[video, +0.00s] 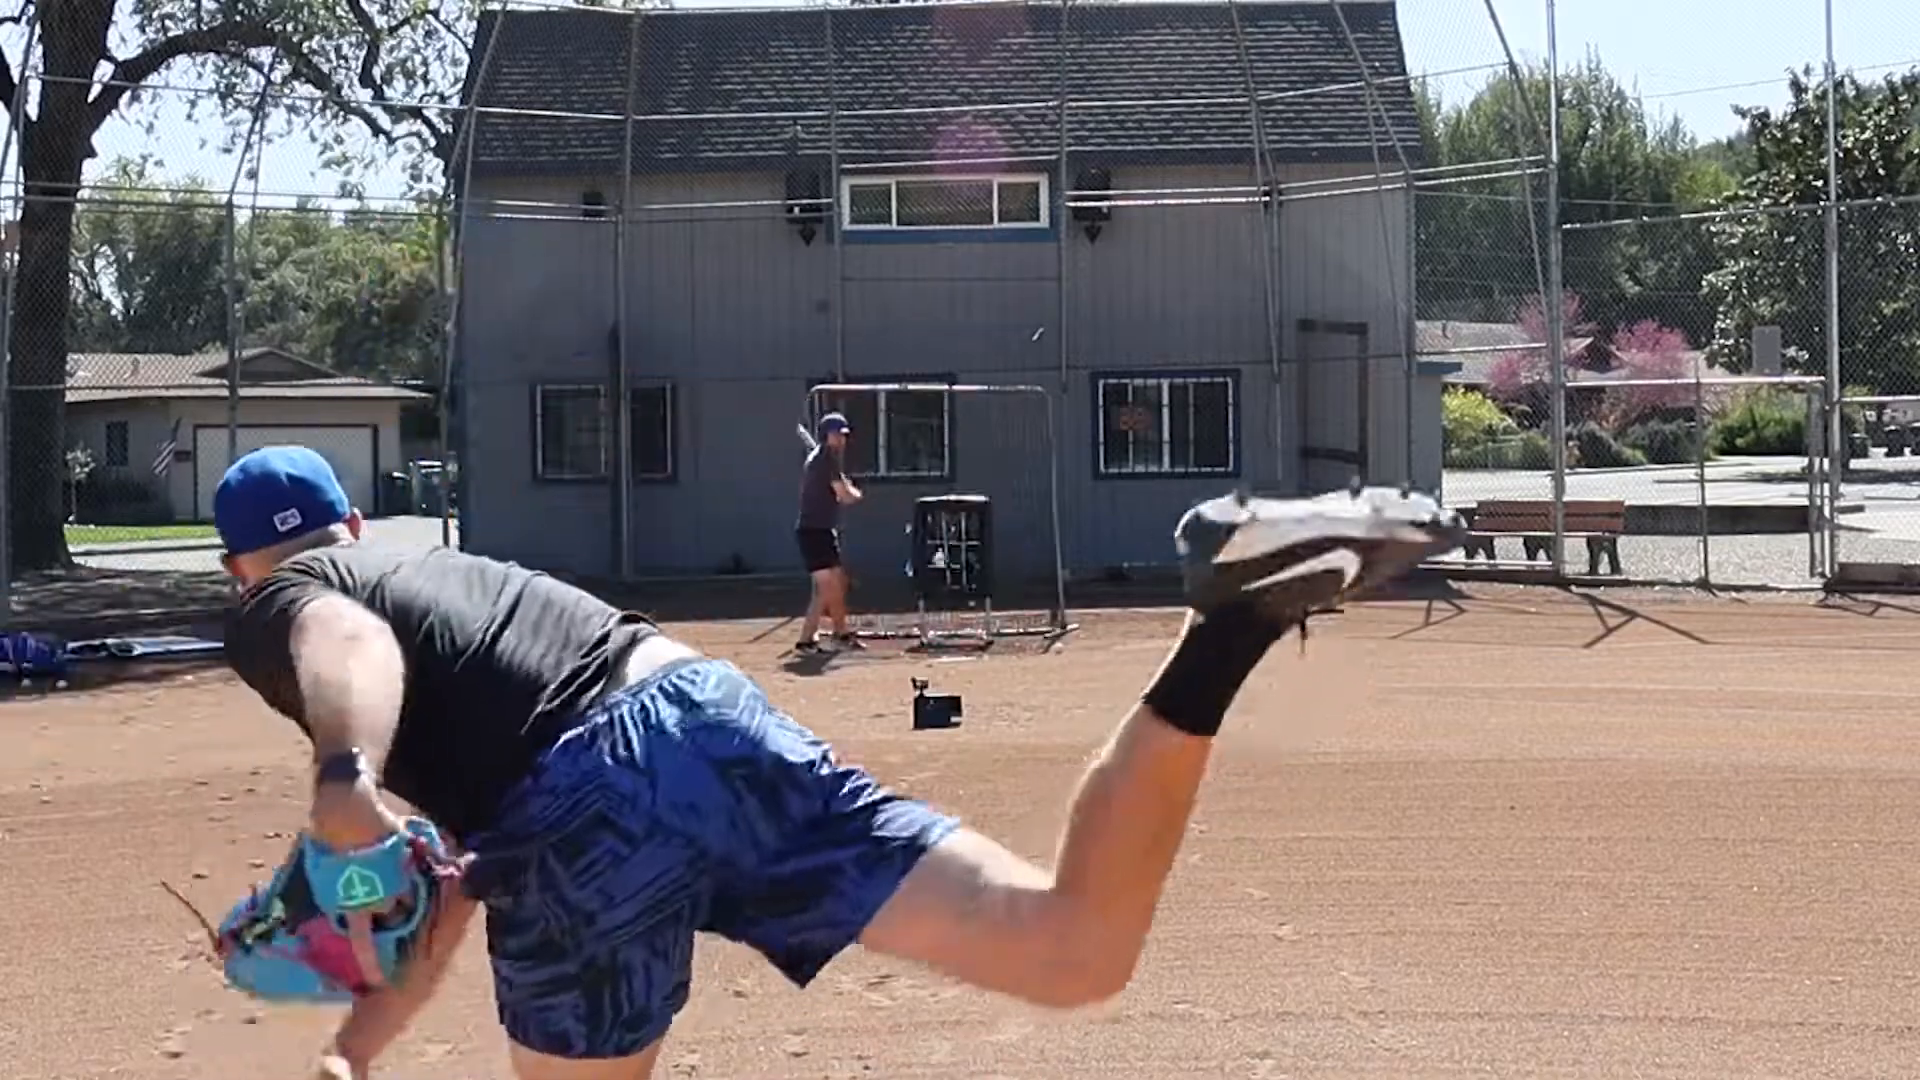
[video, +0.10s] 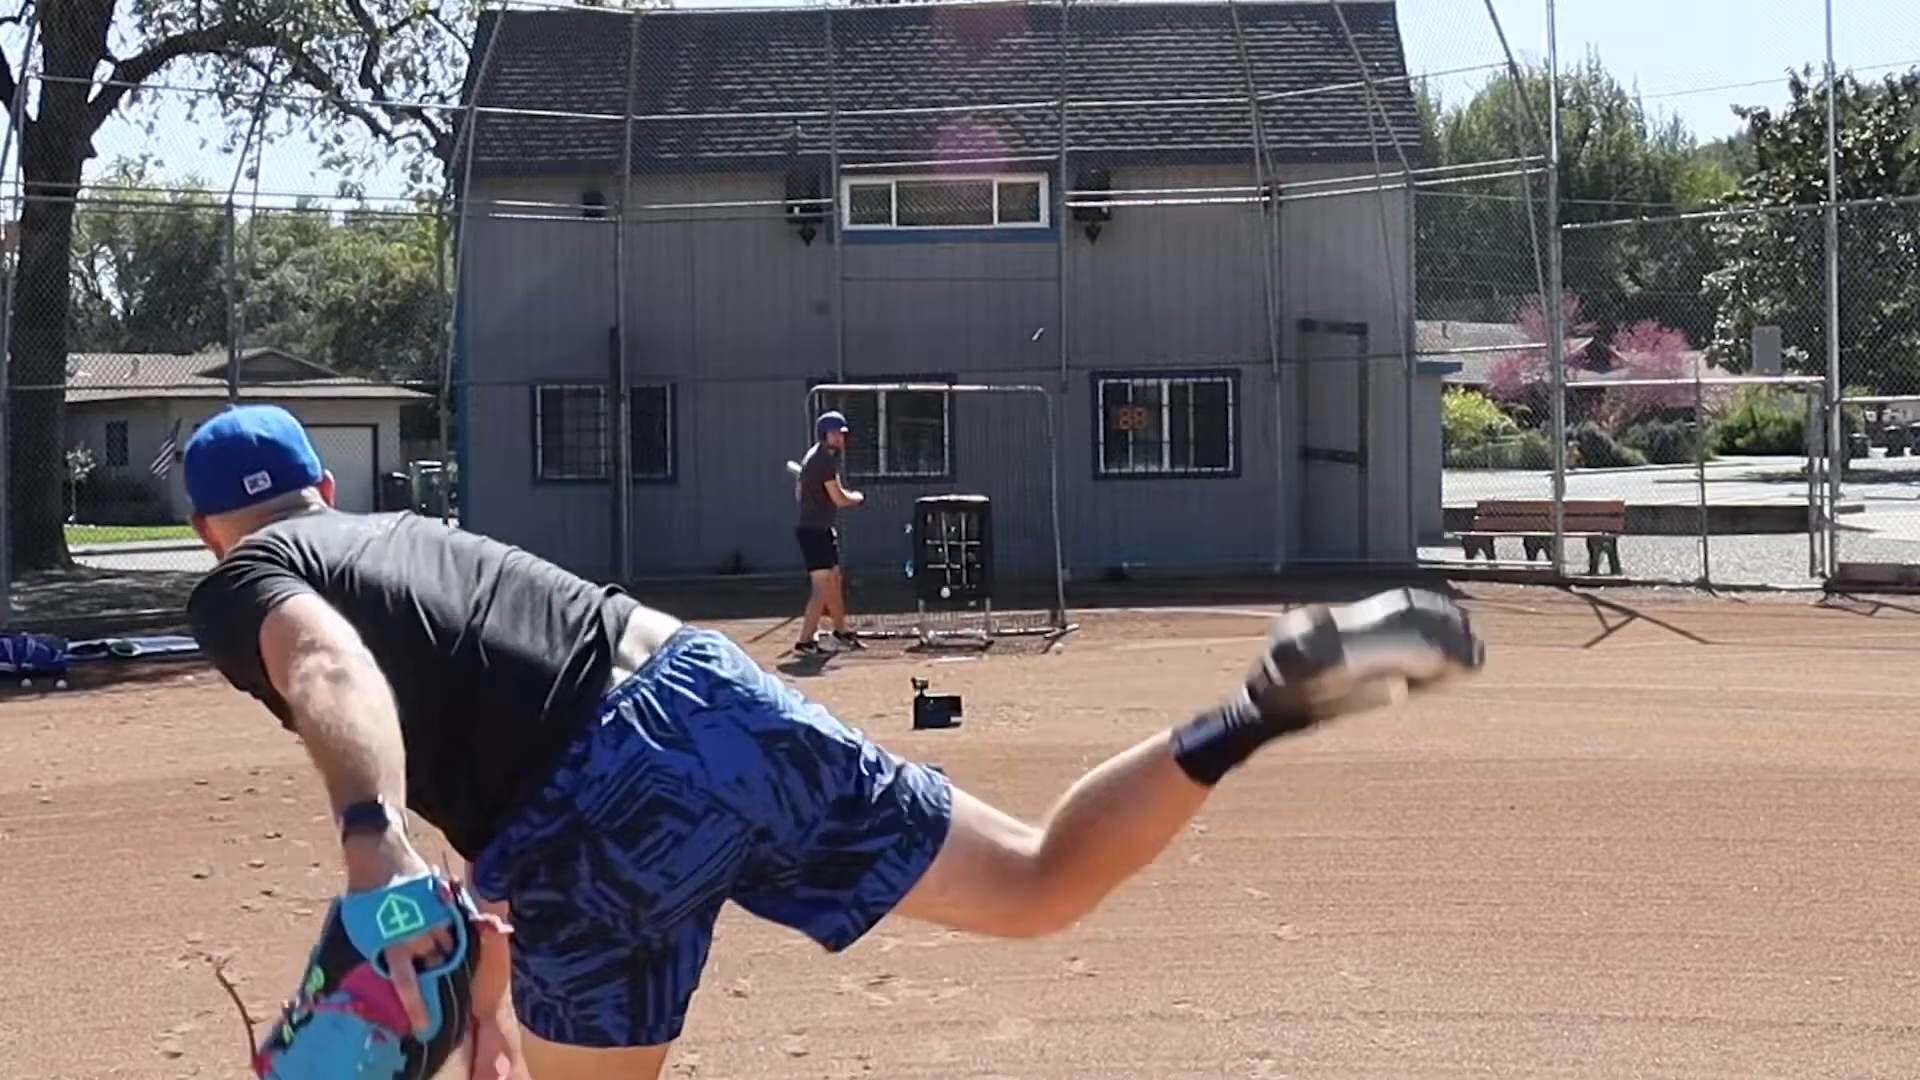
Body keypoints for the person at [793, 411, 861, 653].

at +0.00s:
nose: (842, 440)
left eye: (843, 435)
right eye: (838, 435)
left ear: (841, 436)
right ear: (826, 436)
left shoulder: (818, 455)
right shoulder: (827, 458)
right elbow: (843, 492)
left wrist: (845, 494)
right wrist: (856, 493)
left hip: (820, 527)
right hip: (816, 529)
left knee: (826, 583)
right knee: (831, 582)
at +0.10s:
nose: (842, 437)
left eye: (843, 432)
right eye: (838, 433)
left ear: (834, 435)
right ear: (826, 434)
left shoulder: (817, 454)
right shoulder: (824, 458)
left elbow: (800, 493)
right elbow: (838, 498)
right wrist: (857, 498)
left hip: (820, 527)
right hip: (815, 529)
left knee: (834, 577)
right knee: (822, 583)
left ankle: (841, 629)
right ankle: (806, 639)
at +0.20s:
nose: (843, 437)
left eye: (843, 433)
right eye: (838, 433)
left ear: (835, 434)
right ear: (826, 434)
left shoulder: (823, 456)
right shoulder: (821, 458)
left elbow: (829, 491)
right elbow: (830, 496)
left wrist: (841, 505)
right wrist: (850, 504)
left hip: (822, 527)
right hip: (815, 528)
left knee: (834, 578)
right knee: (821, 583)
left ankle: (842, 629)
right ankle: (806, 639)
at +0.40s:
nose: (845, 438)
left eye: (845, 433)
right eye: (842, 433)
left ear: (830, 434)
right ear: (831, 434)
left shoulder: (828, 457)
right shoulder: (817, 459)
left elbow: (830, 495)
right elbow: (821, 498)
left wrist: (845, 511)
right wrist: (843, 513)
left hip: (828, 526)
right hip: (817, 528)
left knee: (835, 578)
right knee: (824, 580)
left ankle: (841, 630)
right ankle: (806, 638)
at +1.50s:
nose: (847, 455)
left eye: (849, 450)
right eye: (842, 451)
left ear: (852, 452)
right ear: (833, 452)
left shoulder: (833, 473)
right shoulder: (837, 476)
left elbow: (850, 497)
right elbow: (866, 504)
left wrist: (861, 491)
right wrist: (872, 492)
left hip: (834, 544)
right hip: (819, 544)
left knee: (851, 597)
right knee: (833, 596)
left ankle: (845, 637)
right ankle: (808, 645)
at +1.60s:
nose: (844, 453)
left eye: (845, 448)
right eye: (840, 449)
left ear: (845, 449)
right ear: (830, 451)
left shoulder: (831, 469)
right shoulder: (834, 475)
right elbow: (860, 505)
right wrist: (871, 493)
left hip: (837, 544)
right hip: (822, 544)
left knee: (852, 597)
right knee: (834, 596)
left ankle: (845, 636)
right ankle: (808, 645)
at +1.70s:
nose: (844, 453)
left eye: (845, 448)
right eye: (839, 449)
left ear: (845, 450)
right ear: (829, 451)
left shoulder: (836, 472)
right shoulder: (832, 475)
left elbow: (850, 497)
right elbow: (854, 510)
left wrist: (857, 493)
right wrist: (870, 497)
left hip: (839, 545)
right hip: (824, 544)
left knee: (853, 597)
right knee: (833, 596)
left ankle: (845, 636)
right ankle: (808, 645)